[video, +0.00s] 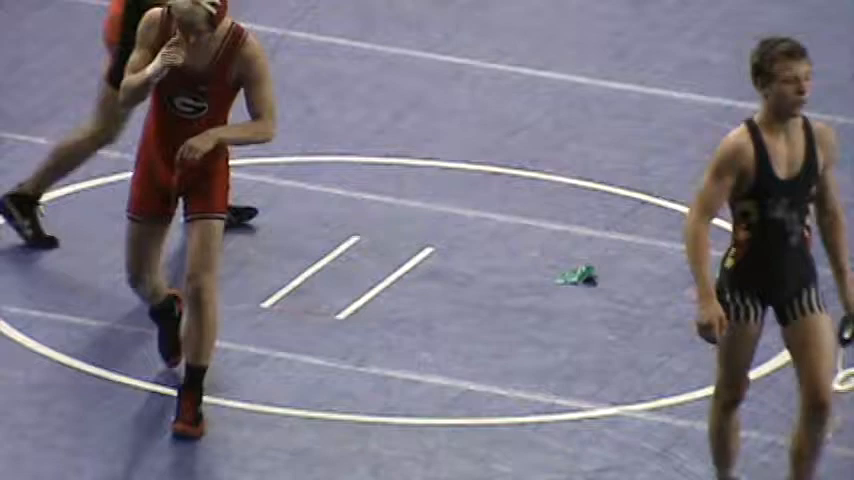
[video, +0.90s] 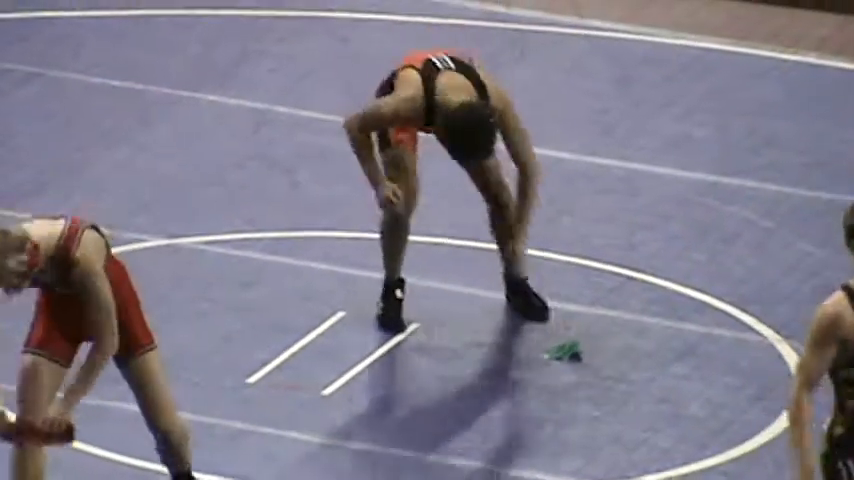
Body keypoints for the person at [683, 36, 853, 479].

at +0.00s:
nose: (802, 88)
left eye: (806, 79)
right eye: (790, 81)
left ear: (810, 80)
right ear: (763, 85)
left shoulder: (821, 138)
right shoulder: (739, 146)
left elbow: (830, 212)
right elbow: (698, 219)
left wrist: (845, 284)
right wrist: (705, 297)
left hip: (799, 275)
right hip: (746, 278)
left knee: (820, 398)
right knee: (730, 394)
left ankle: (802, 475)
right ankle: (725, 474)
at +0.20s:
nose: (821, 110)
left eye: (825, 100)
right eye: (810, 102)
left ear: (831, 103)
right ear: (783, 108)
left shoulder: (837, 162)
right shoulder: (758, 168)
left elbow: (843, 239)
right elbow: (717, 242)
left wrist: (849, 308)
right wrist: (729, 318)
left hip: (815, 303)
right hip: (762, 302)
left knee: (822, 432)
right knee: (742, 410)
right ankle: (727, 477)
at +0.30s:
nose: (840, 162)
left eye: (844, 152)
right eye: (829, 153)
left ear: (848, 154)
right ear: (801, 157)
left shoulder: (845, 210)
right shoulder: (774, 218)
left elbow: (844, 277)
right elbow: (737, 294)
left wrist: (845, 313)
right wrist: (744, 377)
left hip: (831, 346)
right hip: (781, 350)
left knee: (837, 469)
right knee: (765, 468)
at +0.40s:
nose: (850, 176)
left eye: (852, 166)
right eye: (839, 167)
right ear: (812, 171)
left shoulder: (848, 222)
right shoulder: (785, 231)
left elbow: (846, 296)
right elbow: (749, 305)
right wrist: (750, 390)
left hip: (843, 367)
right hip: (793, 371)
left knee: (843, 470)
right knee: (790, 471)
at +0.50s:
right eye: (850, 184)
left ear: (850, 188)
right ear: (825, 187)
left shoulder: (849, 246)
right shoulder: (797, 251)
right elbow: (758, 321)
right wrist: (756, 404)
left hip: (850, 389)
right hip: (809, 390)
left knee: (843, 472)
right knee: (815, 472)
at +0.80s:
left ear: (844, 231)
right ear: (845, 231)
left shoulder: (830, 300)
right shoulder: (828, 301)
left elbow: (786, 373)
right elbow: (786, 373)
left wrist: (778, 452)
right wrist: (779, 453)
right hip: (840, 438)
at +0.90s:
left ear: (847, 242)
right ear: (848, 243)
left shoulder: (838, 313)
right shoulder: (837, 314)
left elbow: (804, 389)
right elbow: (803, 389)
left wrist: (806, 467)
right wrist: (806, 469)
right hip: (847, 451)